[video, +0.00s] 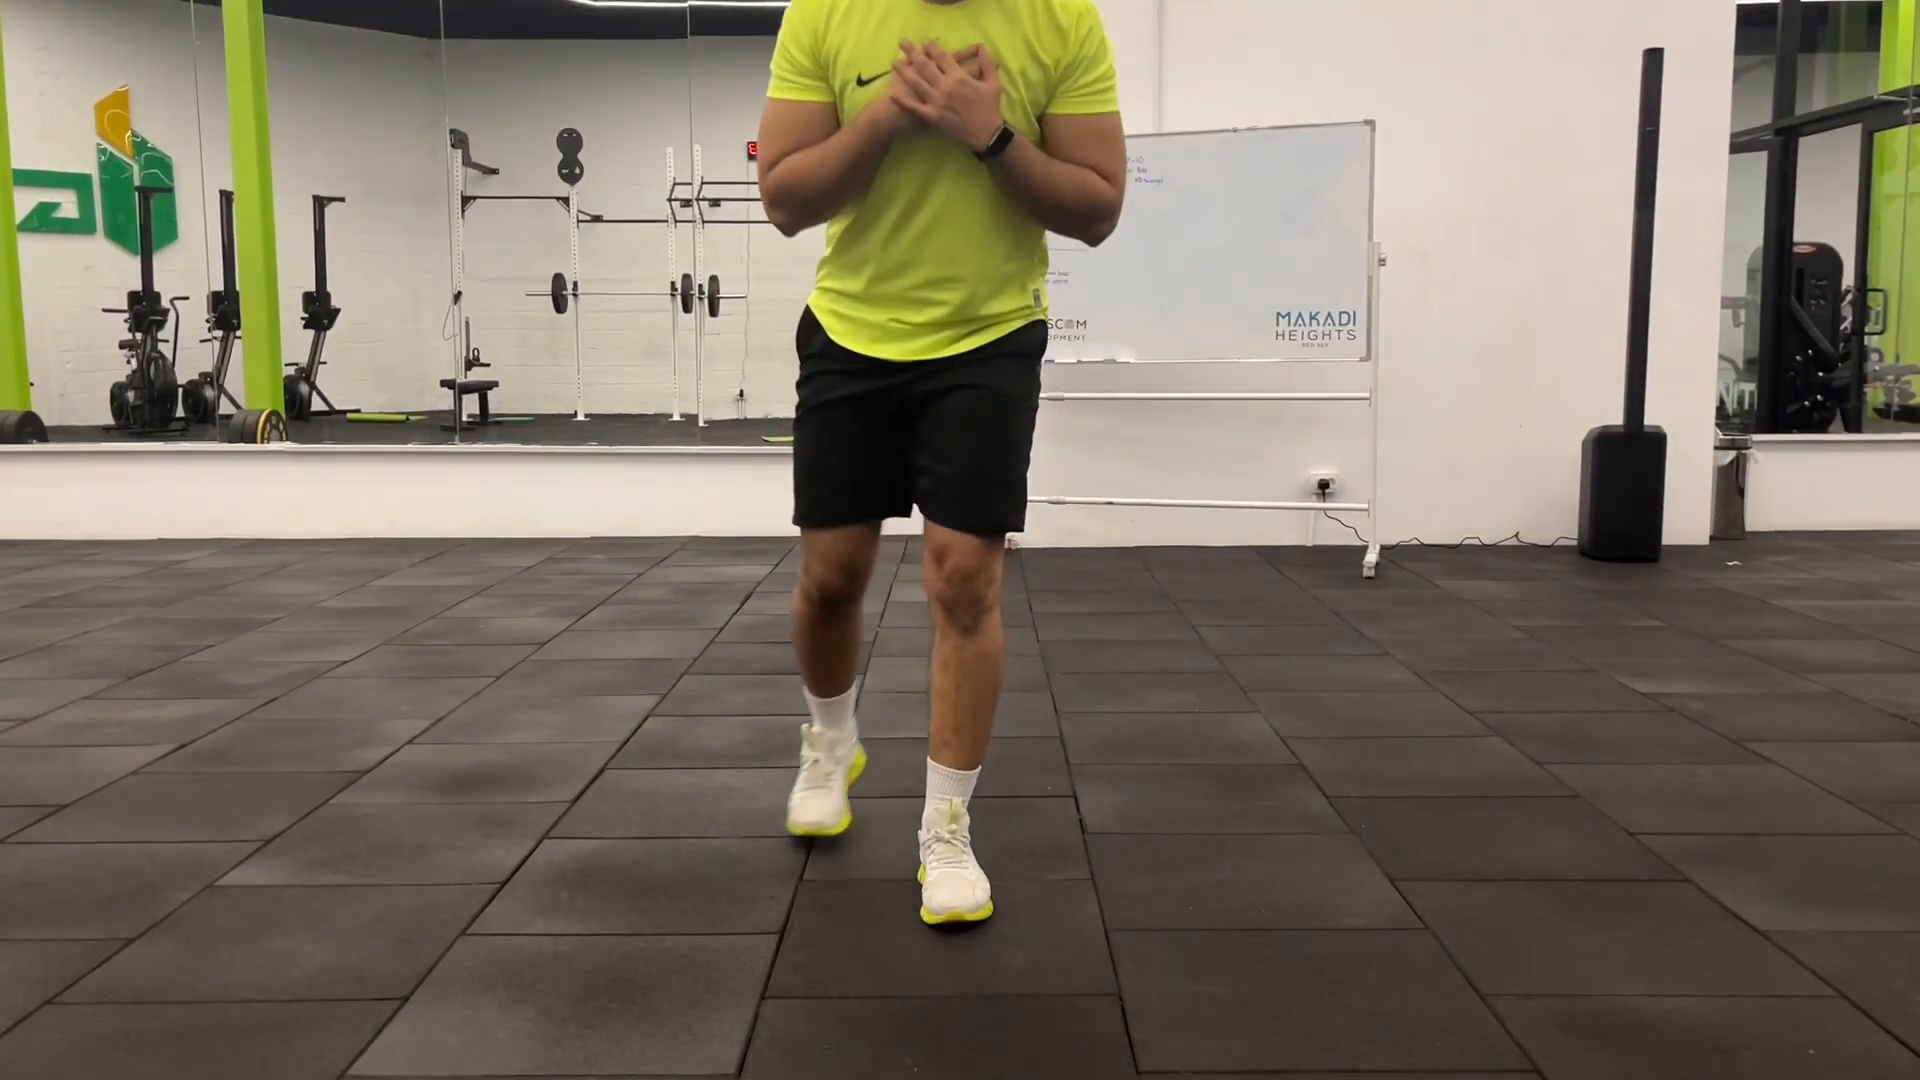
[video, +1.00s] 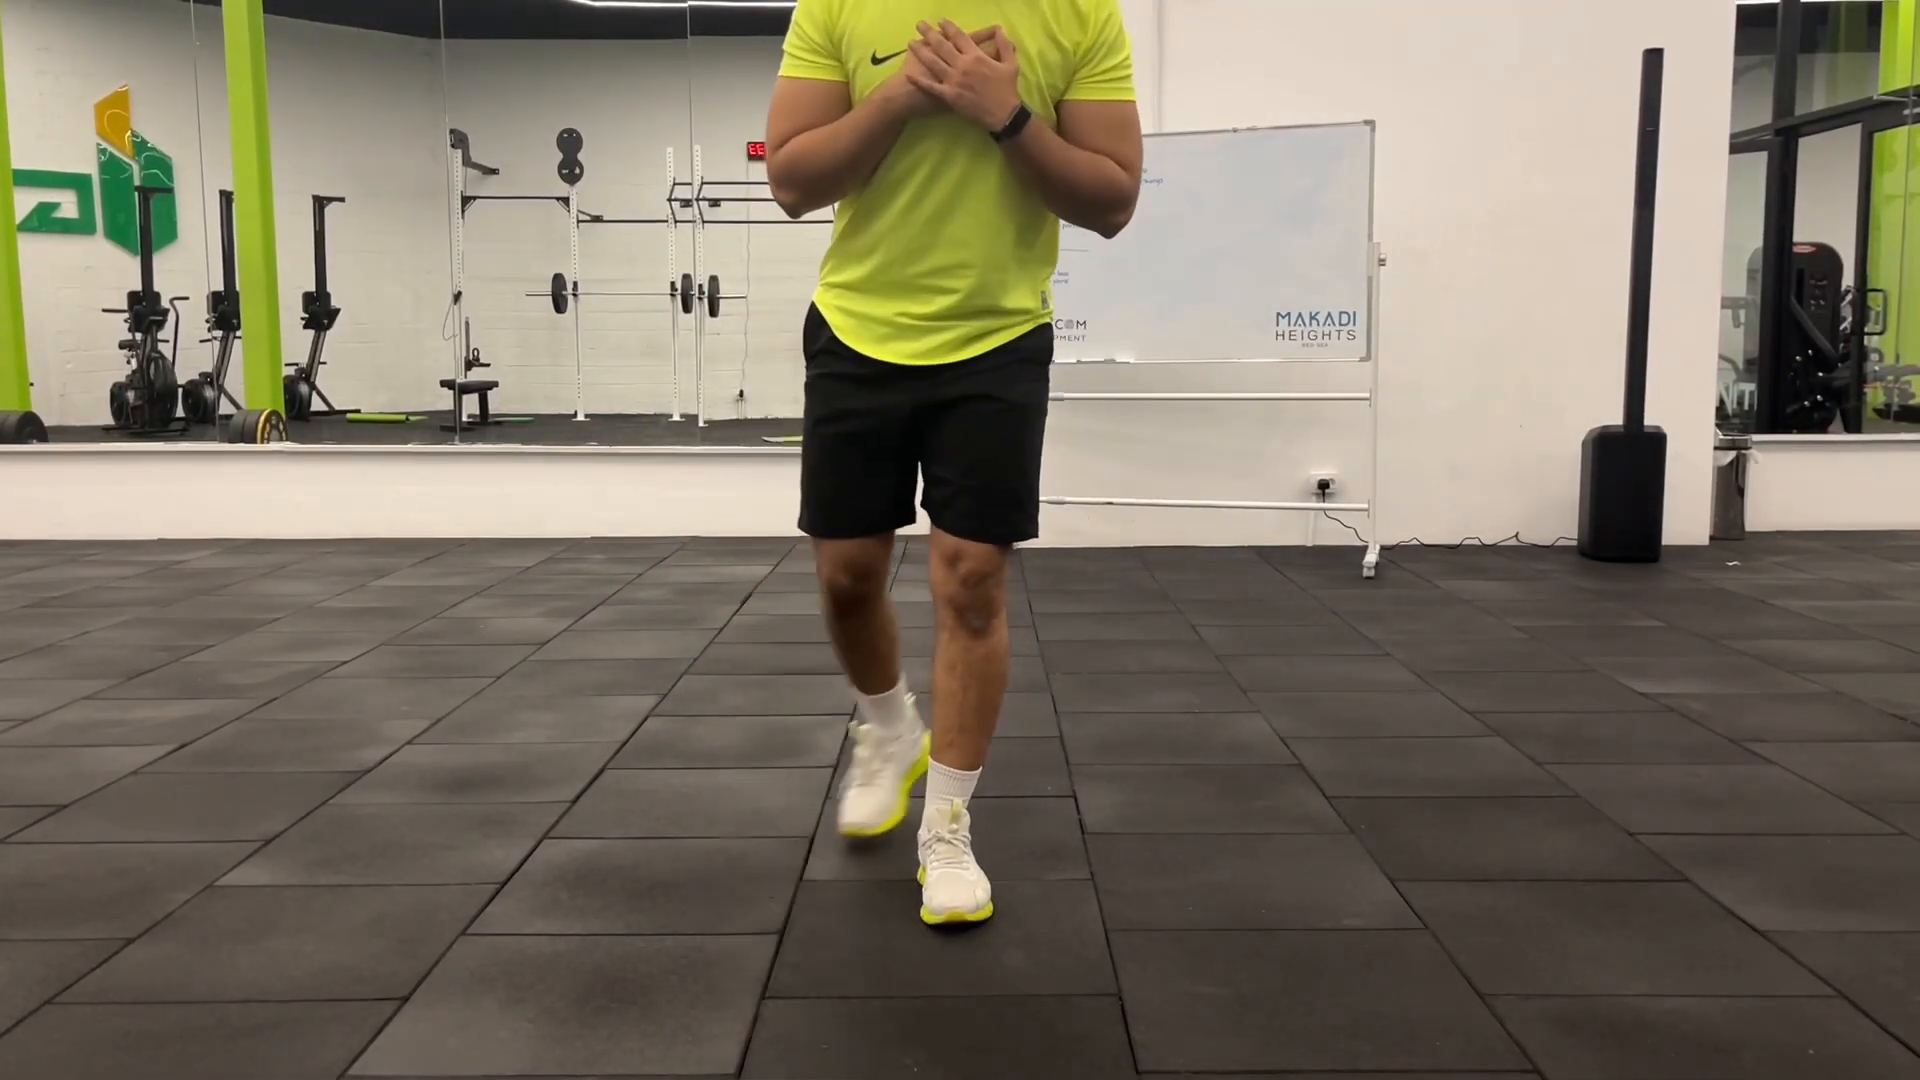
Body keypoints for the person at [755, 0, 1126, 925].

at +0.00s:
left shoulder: (1060, 18)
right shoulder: (825, 13)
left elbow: (1097, 209)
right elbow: (786, 199)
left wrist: (994, 135)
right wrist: (886, 113)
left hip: (989, 332)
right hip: (853, 327)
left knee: (964, 579)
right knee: (830, 580)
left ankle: (947, 829)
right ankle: (829, 742)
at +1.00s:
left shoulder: (1079, 15)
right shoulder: (836, 8)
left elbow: (1112, 199)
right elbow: (792, 182)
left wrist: (1006, 114)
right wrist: (902, 94)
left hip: (996, 330)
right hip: (858, 324)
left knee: (972, 582)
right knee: (847, 576)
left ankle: (949, 826)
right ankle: (888, 729)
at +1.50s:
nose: (990, 106)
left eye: (1014, 80)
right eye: (969, 80)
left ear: (1041, 77)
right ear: (932, 72)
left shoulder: (1095, 196)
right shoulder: (865, 193)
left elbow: (1132, 363)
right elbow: (831, 364)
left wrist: (1030, 320)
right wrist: (930, 307)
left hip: (1041, 431)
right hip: (925, 450)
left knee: (971, 608)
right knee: (1023, 651)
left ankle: (946, 835)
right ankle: (1118, 687)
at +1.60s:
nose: (992, 151)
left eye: (1013, 124)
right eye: (971, 124)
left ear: (1042, 120)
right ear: (937, 119)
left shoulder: (1099, 236)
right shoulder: (871, 237)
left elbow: (1137, 399)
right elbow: (844, 399)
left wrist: (1035, 359)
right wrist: (933, 346)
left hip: (1050, 459)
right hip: (934, 481)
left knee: (971, 608)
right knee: (1025, 697)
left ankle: (946, 835)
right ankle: (1128, 686)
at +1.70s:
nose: (994, 177)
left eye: (1015, 151)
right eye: (973, 150)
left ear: (1043, 149)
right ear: (937, 150)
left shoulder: (1103, 265)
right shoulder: (877, 266)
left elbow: (1142, 426)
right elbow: (851, 430)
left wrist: (1036, 386)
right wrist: (937, 373)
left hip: (1058, 484)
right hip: (940, 509)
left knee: (970, 609)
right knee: (1029, 729)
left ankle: (944, 831)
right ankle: (1126, 687)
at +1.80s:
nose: (996, 195)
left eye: (1016, 170)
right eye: (975, 169)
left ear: (1045, 169)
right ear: (940, 166)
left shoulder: (1104, 286)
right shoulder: (882, 289)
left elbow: (1143, 447)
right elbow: (855, 453)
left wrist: (1039, 403)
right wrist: (941, 390)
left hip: (1062, 502)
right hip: (944, 525)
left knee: (971, 614)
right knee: (1025, 752)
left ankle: (943, 831)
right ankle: (1125, 690)